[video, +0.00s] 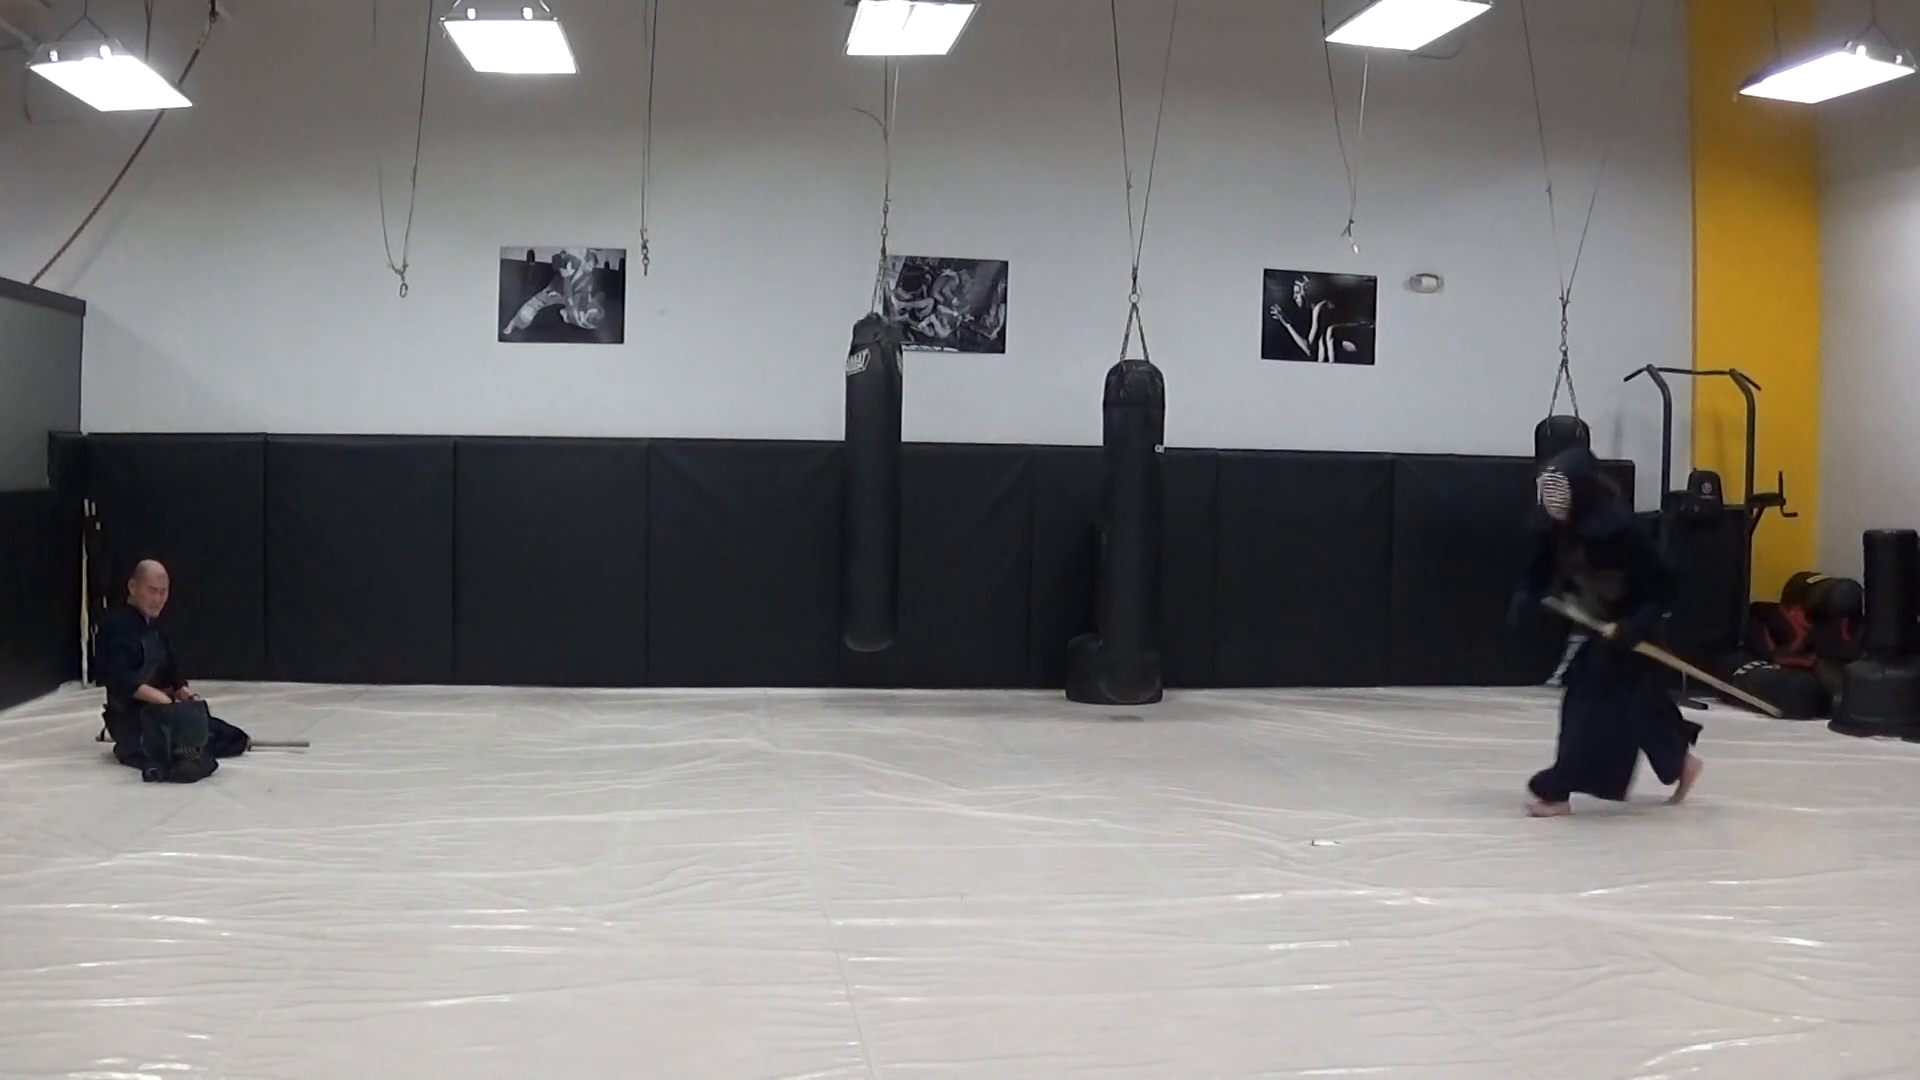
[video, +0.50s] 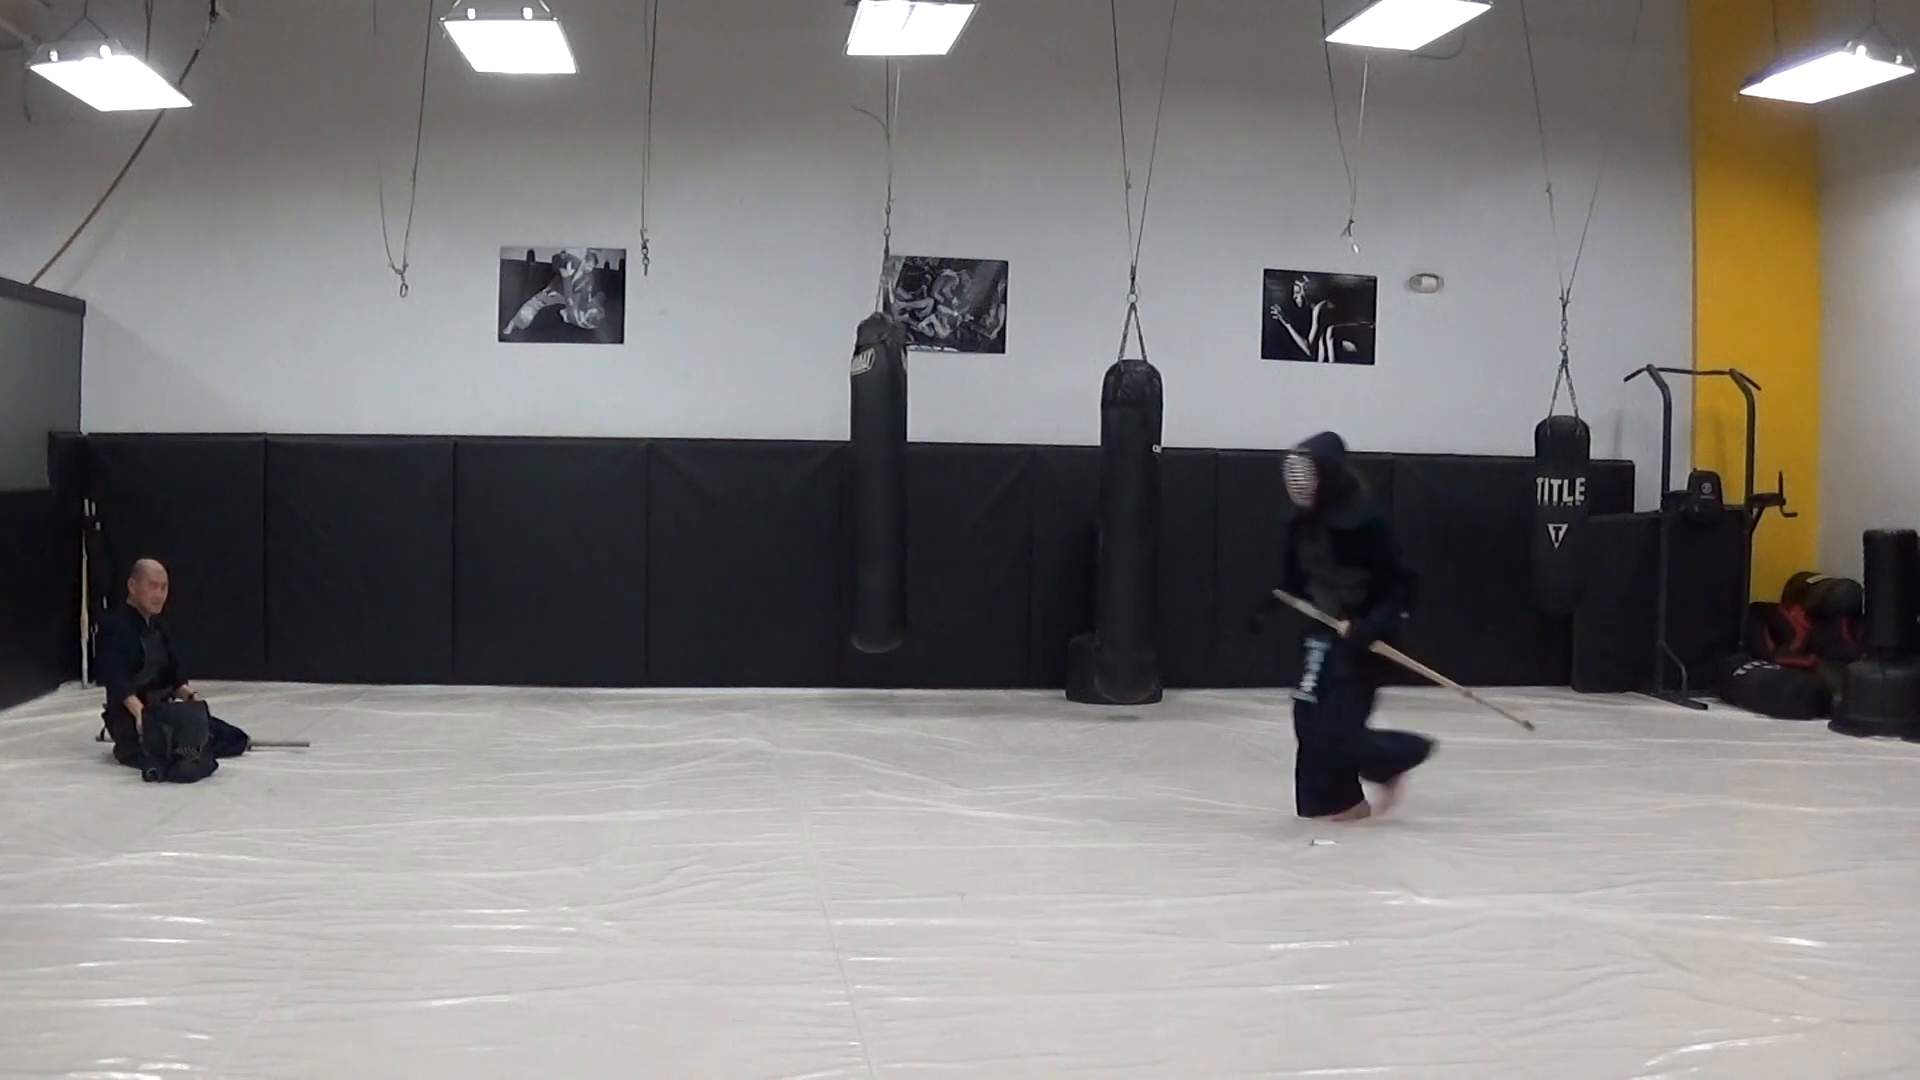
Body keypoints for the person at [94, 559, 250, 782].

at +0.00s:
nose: (159, 598)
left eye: (163, 592)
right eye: (152, 590)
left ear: (168, 592)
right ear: (132, 588)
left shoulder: (156, 627)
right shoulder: (116, 624)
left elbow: (171, 677)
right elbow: (120, 680)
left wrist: (189, 699)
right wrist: (167, 702)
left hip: (162, 713)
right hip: (130, 719)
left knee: (236, 740)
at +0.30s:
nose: (160, 598)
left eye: (165, 592)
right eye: (154, 591)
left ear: (169, 592)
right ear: (134, 588)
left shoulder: (161, 628)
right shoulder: (114, 624)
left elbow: (173, 677)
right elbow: (106, 674)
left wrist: (191, 698)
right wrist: (142, 700)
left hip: (169, 710)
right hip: (129, 715)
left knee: (237, 740)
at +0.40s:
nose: (160, 597)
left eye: (164, 590)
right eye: (153, 588)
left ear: (169, 591)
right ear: (133, 587)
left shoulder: (160, 627)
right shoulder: (114, 624)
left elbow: (172, 676)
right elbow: (113, 676)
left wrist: (190, 698)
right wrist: (140, 709)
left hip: (167, 710)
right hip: (127, 713)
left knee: (236, 740)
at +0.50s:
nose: (159, 595)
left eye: (163, 588)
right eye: (153, 586)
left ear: (168, 590)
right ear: (132, 586)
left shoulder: (159, 626)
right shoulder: (114, 624)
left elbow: (172, 676)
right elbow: (113, 677)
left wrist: (190, 696)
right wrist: (140, 713)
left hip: (166, 708)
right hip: (128, 712)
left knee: (236, 740)